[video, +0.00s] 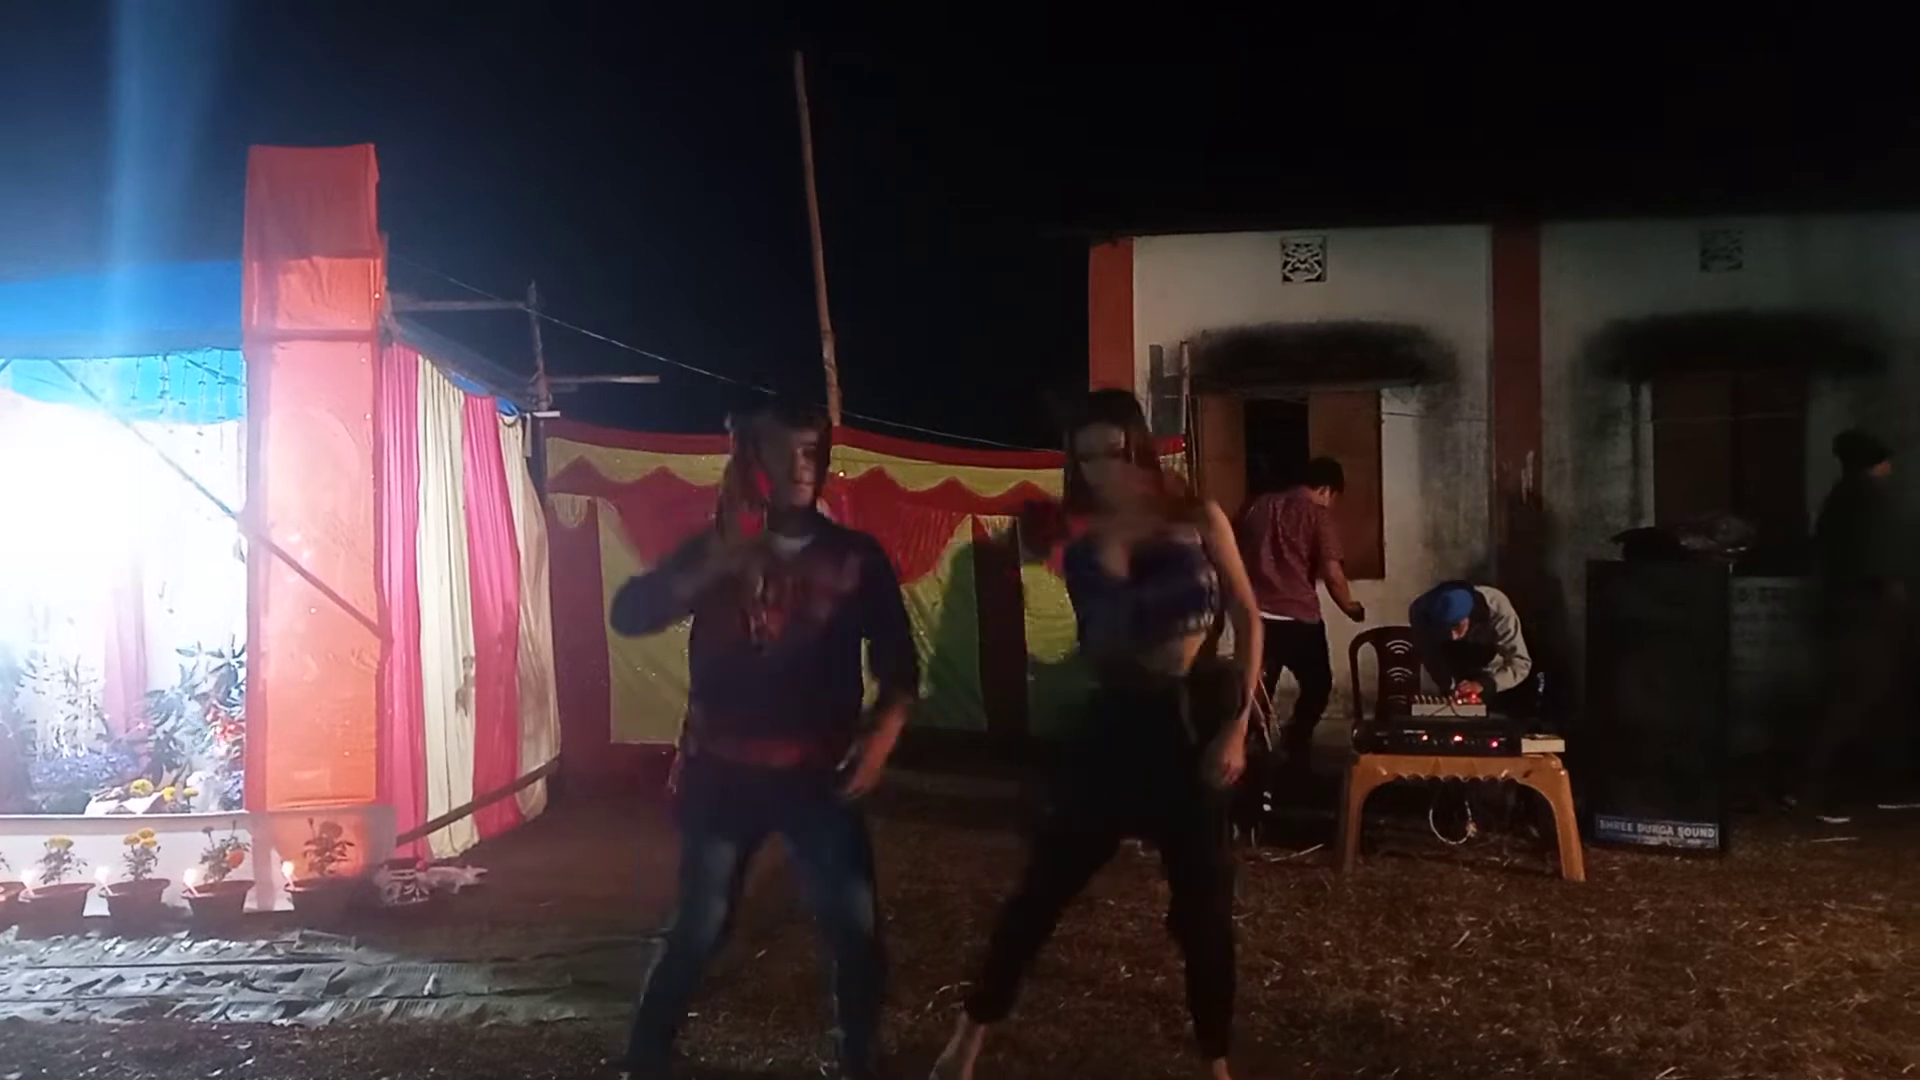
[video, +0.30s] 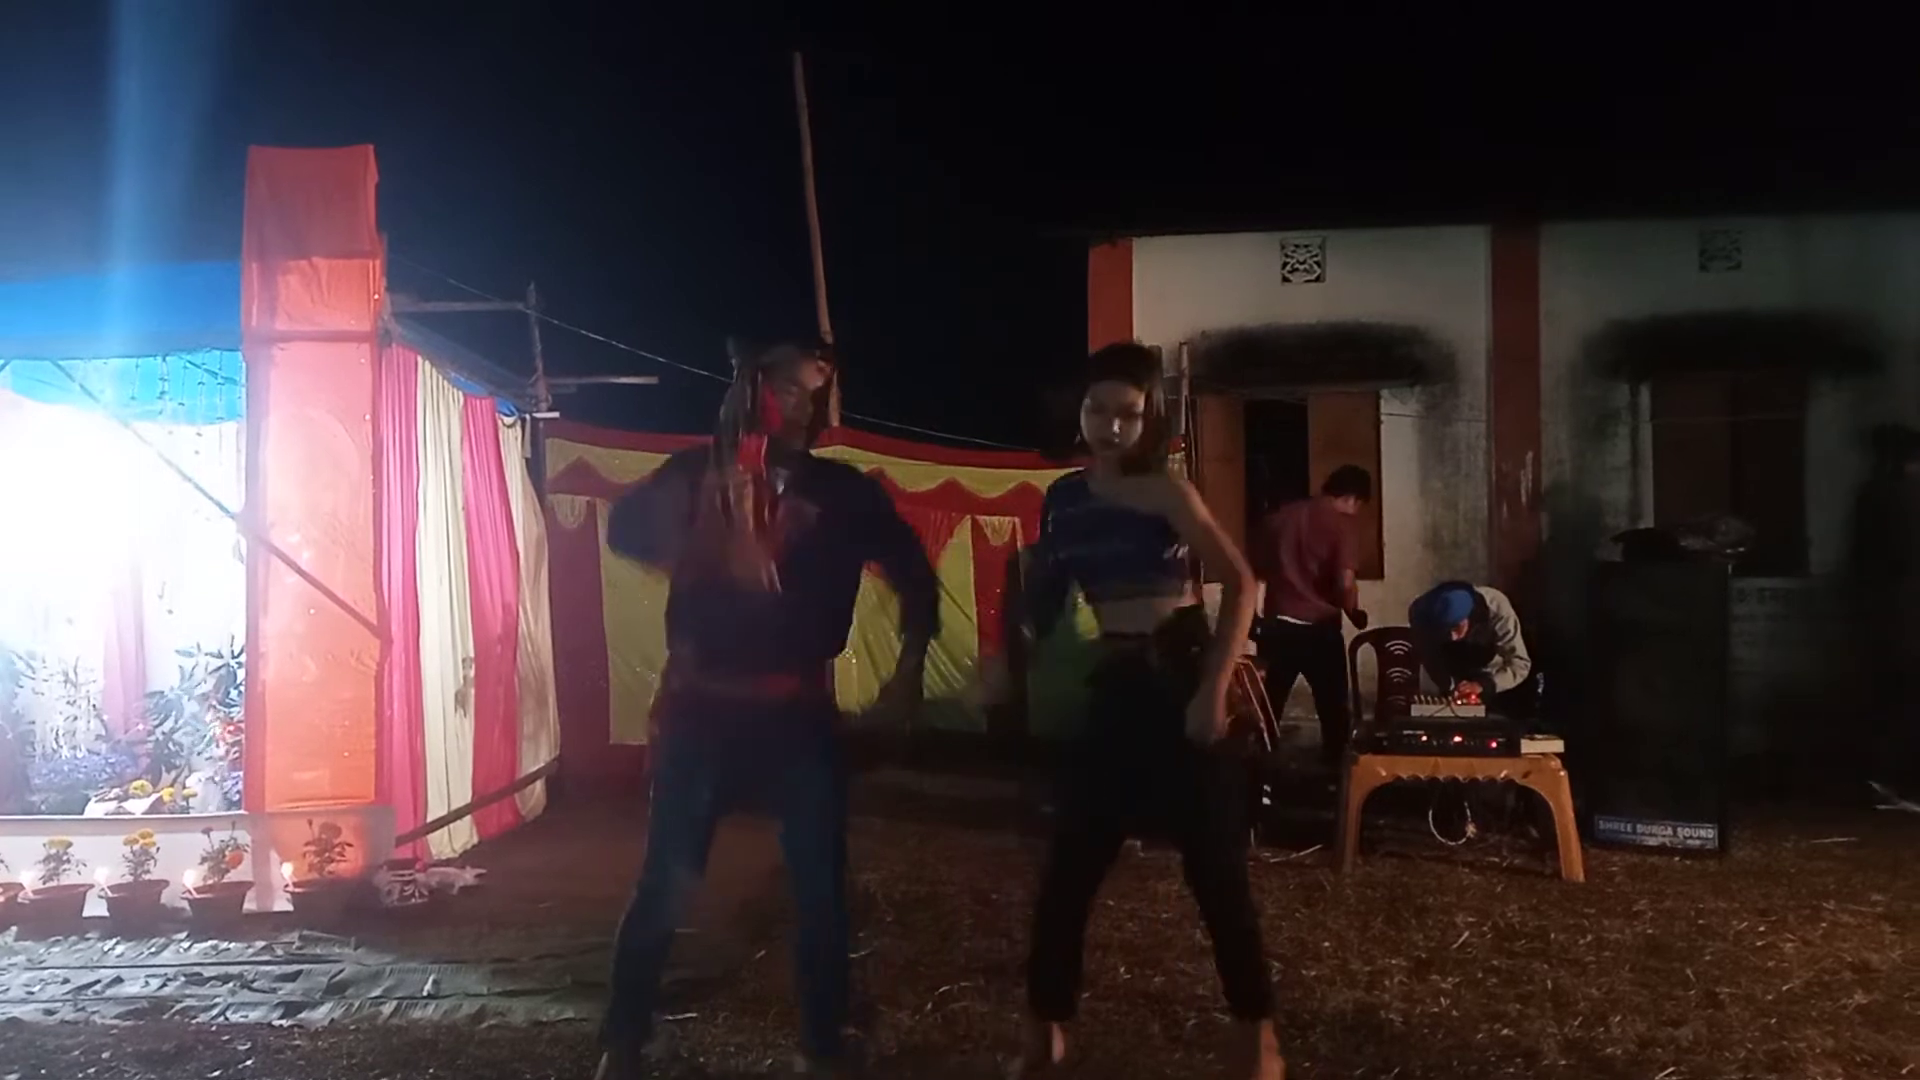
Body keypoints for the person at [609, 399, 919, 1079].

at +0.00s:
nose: (806, 469)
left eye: (814, 454)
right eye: (791, 454)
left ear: (825, 461)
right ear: (753, 460)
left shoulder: (857, 557)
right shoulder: (716, 549)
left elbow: (900, 670)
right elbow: (626, 615)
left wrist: (877, 747)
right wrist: (711, 566)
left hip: (819, 780)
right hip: (723, 776)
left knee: (857, 935)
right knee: (699, 932)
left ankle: (858, 1063)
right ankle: (642, 1063)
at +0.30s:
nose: (812, 409)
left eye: (821, 396)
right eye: (799, 392)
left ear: (825, 408)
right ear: (757, 393)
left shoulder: (849, 492)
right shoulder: (700, 472)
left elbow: (917, 581)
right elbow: (626, 528)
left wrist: (908, 672)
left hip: (798, 713)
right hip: (700, 712)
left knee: (822, 888)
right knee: (668, 882)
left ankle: (825, 1045)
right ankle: (623, 1042)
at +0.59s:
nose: (780, 438)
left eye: (788, 425)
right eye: (767, 423)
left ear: (796, 439)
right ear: (733, 432)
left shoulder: (810, 534)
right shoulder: (685, 511)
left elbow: (834, 645)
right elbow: (677, 609)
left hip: (760, 746)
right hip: (671, 740)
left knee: (790, 910)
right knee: (640, 909)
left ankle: (796, 1062)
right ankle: (607, 1056)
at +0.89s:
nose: (762, 457)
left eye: (769, 443)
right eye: (743, 441)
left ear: (779, 457)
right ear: (699, 451)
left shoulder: (774, 553)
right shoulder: (685, 539)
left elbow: (780, 670)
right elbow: (665, 659)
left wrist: (783, 782)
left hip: (705, 774)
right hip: (624, 768)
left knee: (769, 928)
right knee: (587, 945)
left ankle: (765, 1066)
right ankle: (540, 1068)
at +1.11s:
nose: (762, 429)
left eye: (767, 415)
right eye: (741, 416)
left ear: (778, 433)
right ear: (695, 432)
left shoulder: (781, 531)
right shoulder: (675, 496)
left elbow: (808, 642)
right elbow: (704, 564)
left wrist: (809, 735)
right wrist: (836, 560)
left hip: (684, 739)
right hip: (597, 732)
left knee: (756, 899)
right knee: (569, 915)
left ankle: (766, 1063)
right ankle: (528, 1067)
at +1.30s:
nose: (748, 472)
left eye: (755, 457)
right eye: (731, 458)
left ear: (765, 470)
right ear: (692, 472)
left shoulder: (784, 564)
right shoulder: (652, 565)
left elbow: (811, 685)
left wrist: (819, 784)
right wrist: (780, 638)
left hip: (713, 787)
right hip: (628, 780)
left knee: (777, 946)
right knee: (602, 951)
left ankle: (792, 1066)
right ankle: (542, 1067)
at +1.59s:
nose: (759, 414)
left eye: (772, 405)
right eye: (745, 398)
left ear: (780, 417)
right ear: (708, 400)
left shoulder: (804, 487)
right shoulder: (662, 491)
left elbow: (842, 600)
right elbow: (620, 609)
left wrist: (788, 681)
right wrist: (602, 533)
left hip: (796, 701)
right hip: (701, 706)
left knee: (829, 864)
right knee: (686, 879)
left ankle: (871, 1024)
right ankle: (688, 1042)